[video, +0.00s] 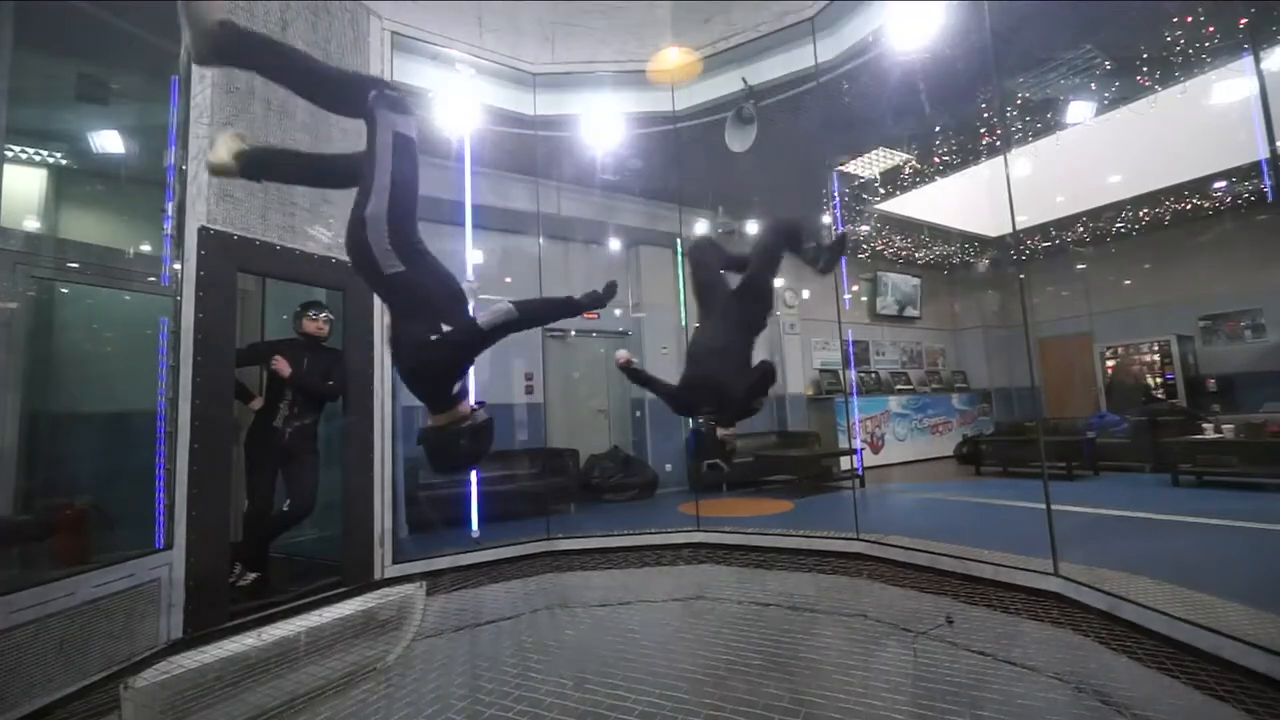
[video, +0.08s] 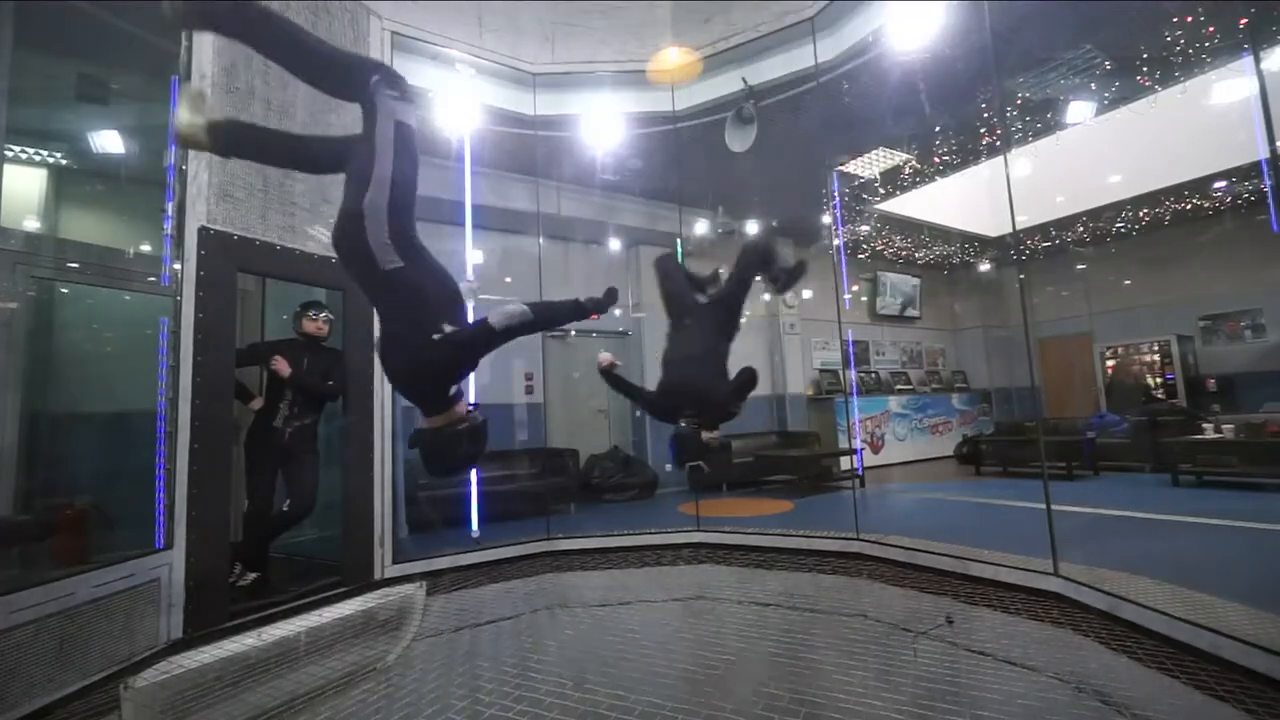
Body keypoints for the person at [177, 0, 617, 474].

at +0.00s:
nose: (435, 429)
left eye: (440, 434)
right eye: (444, 433)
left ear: (454, 423)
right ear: (463, 421)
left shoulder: (450, 367)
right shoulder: (430, 385)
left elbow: (510, 318)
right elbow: (508, 316)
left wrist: (581, 305)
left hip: (381, 239)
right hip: (376, 262)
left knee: (331, 90)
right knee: (357, 169)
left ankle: (219, 39)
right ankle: (240, 159)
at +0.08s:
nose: (430, 435)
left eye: (436, 439)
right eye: (438, 438)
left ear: (462, 417)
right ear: (454, 424)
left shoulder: (444, 368)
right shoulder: (416, 387)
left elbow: (514, 322)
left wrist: (585, 309)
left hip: (373, 233)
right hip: (357, 255)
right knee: (337, 155)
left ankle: (221, 10)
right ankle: (214, 136)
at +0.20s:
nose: (464, 419)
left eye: (460, 428)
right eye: (464, 429)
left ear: (450, 427)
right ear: (452, 431)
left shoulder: (447, 372)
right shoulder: (395, 383)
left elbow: (528, 328)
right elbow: (405, 309)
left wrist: (600, 300)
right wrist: (471, 316)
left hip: (382, 219)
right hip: (346, 233)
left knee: (396, 62)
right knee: (330, 121)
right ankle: (160, 91)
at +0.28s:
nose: (454, 422)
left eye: (450, 427)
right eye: (462, 426)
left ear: (442, 427)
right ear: (450, 427)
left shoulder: (443, 380)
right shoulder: (400, 381)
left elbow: (523, 337)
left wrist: (589, 317)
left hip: (388, 223)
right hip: (347, 229)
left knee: (414, 54)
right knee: (317, 105)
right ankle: (137, 60)